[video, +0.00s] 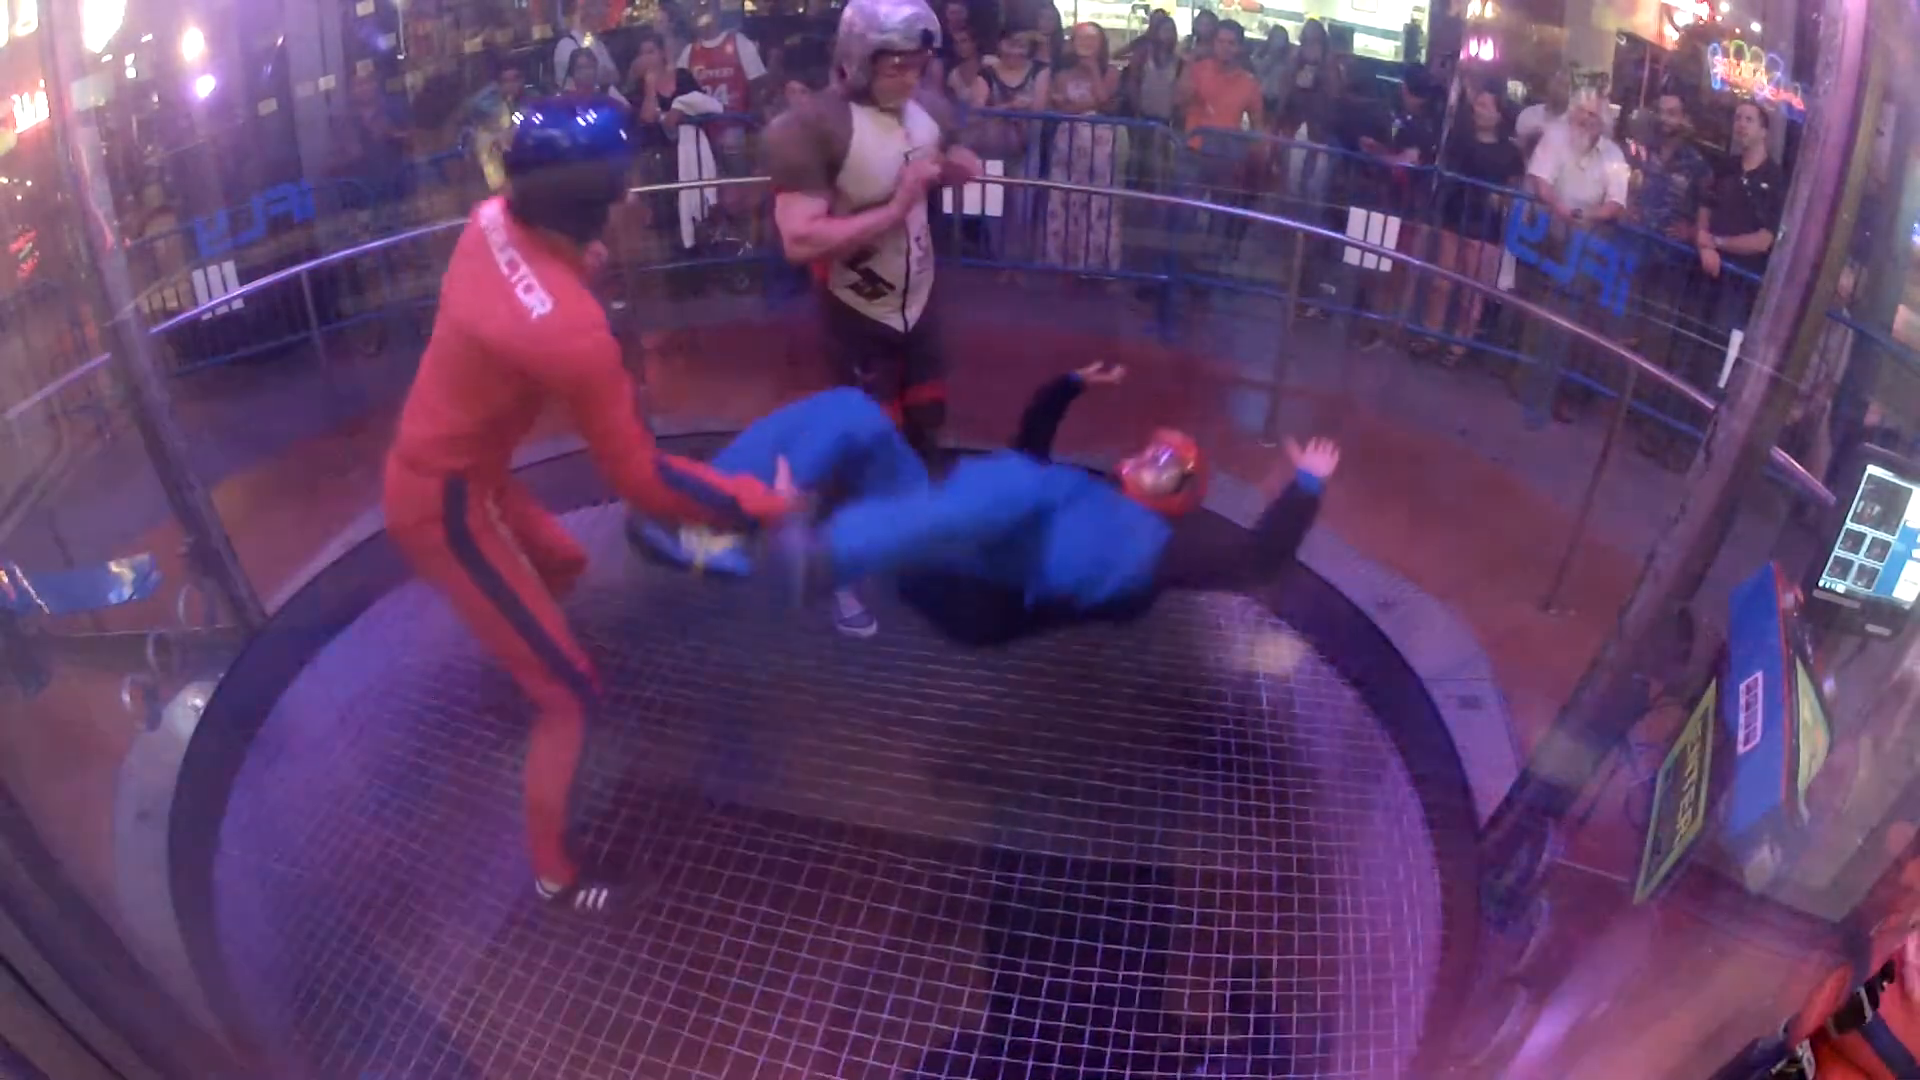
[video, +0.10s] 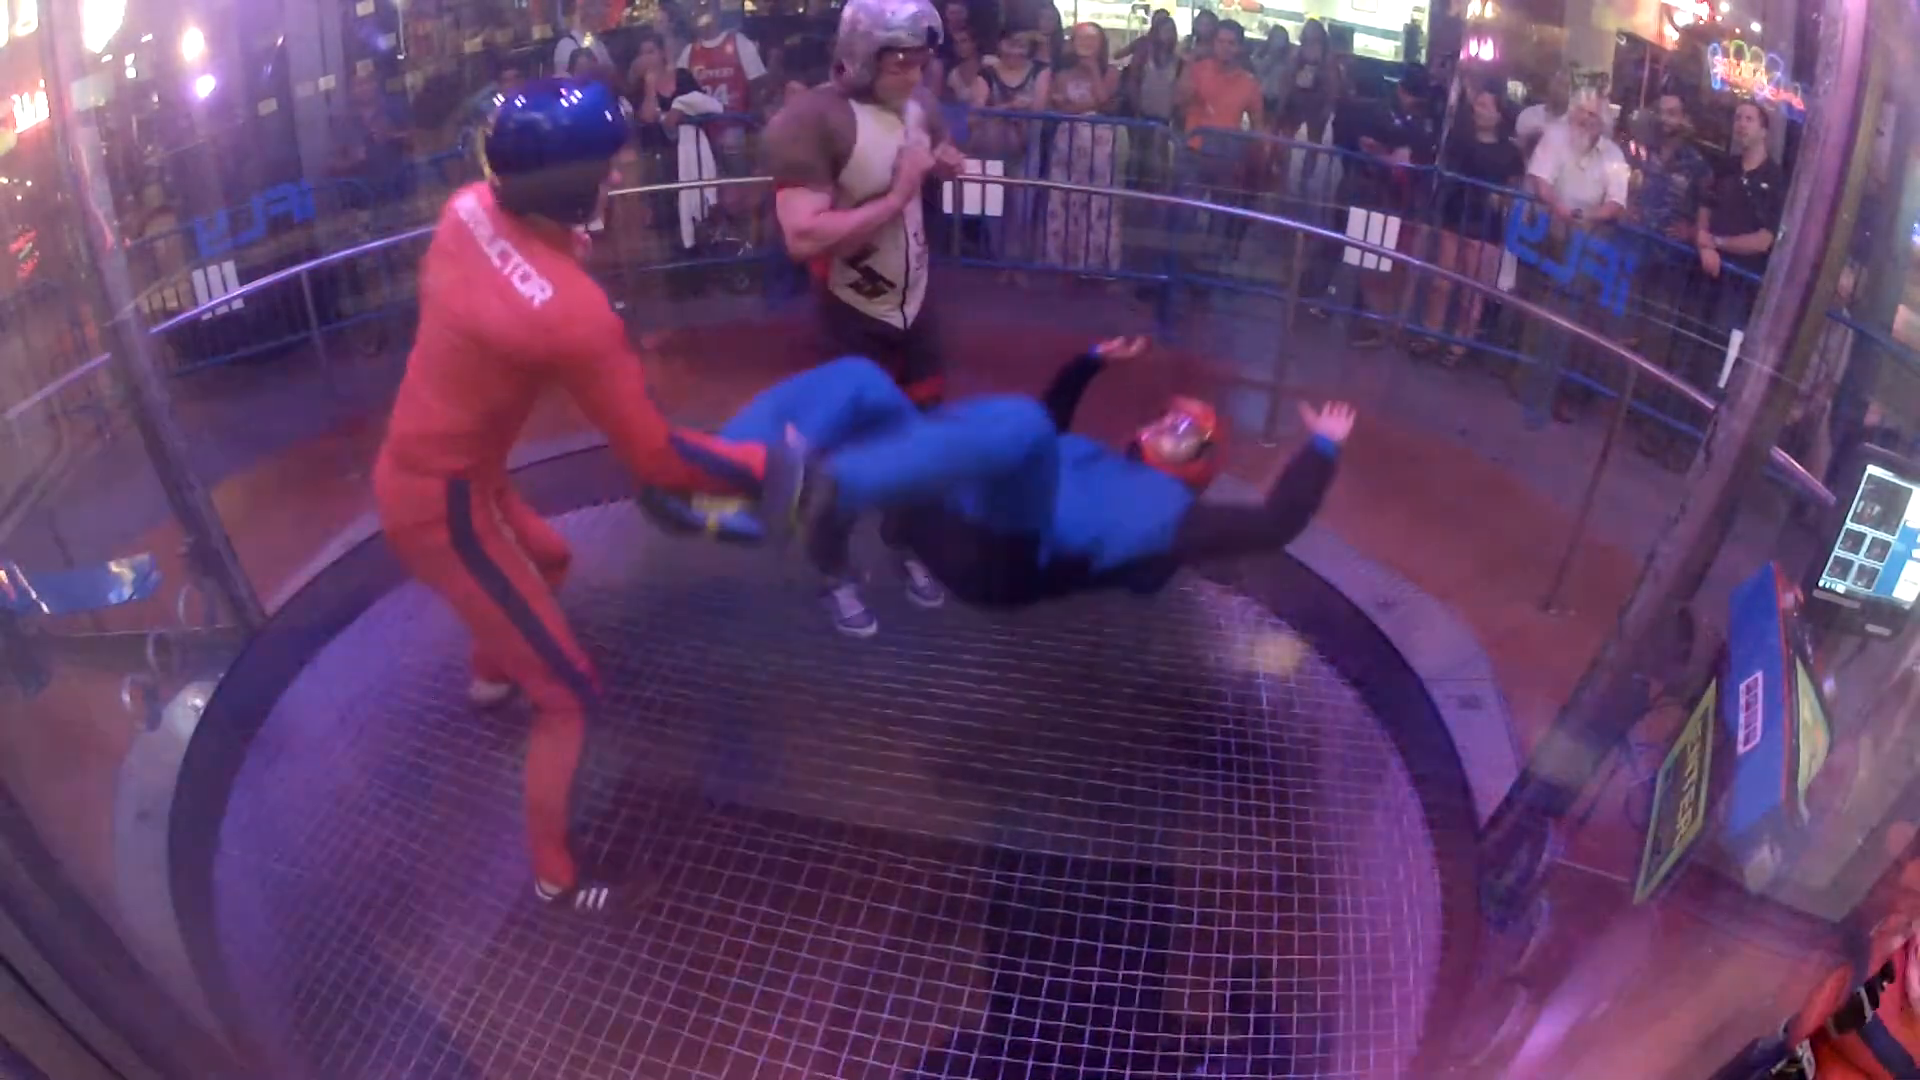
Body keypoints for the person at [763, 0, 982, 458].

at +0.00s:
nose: (905, 79)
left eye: (914, 66)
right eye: (892, 67)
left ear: (925, 64)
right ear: (855, 64)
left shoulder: (922, 114)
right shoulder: (810, 128)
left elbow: (918, 178)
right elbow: (799, 241)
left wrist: (948, 171)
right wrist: (895, 210)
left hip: (921, 308)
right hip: (856, 316)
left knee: (928, 427)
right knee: (873, 434)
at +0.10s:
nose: (913, 75)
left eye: (920, 62)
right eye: (899, 62)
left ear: (928, 58)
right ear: (859, 59)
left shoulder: (919, 108)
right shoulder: (808, 119)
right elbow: (803, 238)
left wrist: (944, 164)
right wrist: (898, 197)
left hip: (916, 308)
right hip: (851, 317)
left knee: (927, 421)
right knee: (862, 432)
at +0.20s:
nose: (910, 75)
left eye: (916, 60)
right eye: (894, 63)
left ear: (924, 54)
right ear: (856, 58)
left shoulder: (907, 109)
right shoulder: (808, 119)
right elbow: (803, 240)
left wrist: (932, 166)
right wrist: (900, 204)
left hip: (911, 308)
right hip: (850, 317)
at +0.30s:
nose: (901, 69)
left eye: (908, 57)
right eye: (888, 57)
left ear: (913, 58)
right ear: (851, 56)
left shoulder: (899, 109)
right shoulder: (807, 120)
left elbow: (890, 190)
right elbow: (794, 241)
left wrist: (931, 171)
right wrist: (897, 216)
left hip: (896, 302)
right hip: (837, 308)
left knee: (922, 420)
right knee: (850, 443)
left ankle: (906, 539)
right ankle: (828, 572)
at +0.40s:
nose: (894, 74)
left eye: (902, 63)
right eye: (882, 61)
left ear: (909, 63)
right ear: (848, 59)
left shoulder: (895, 115)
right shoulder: (804, 124)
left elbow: (882, 200)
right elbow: (766, 239)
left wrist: (917, 188)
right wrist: (871, 248)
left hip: (901, 299)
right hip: (833, 307)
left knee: (924, 430)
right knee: (843, 451)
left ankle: (899, 537)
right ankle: (826, 573)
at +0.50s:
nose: (887, 74)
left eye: (896, 62)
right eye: (875, 61)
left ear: (905, 62)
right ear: (843, 60)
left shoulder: (900, 120)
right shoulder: (805, 125)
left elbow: (897, 193)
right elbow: (746, 229)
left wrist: (931, 210)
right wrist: (813, 270)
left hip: (890, 297)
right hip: (823, 309)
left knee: (920, 429)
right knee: (849, 452)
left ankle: (886, 540)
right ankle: (827, 575)